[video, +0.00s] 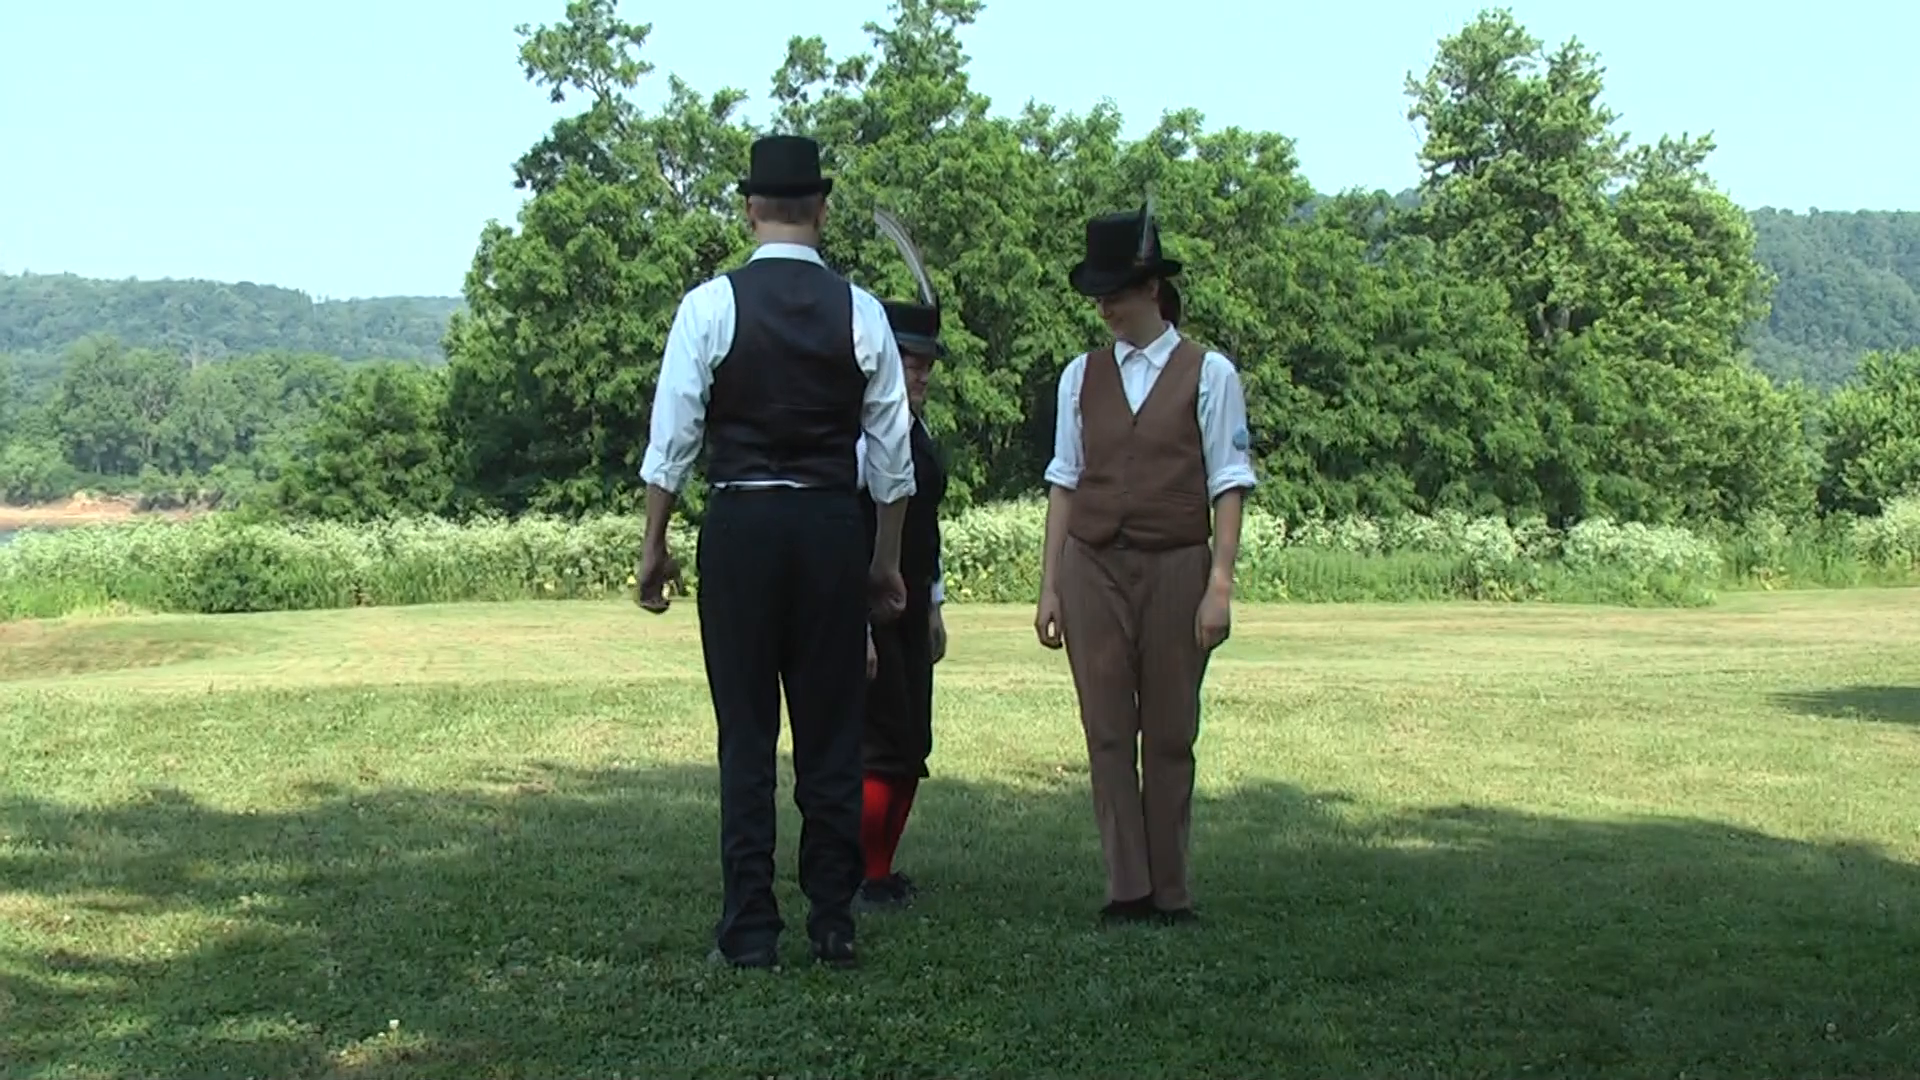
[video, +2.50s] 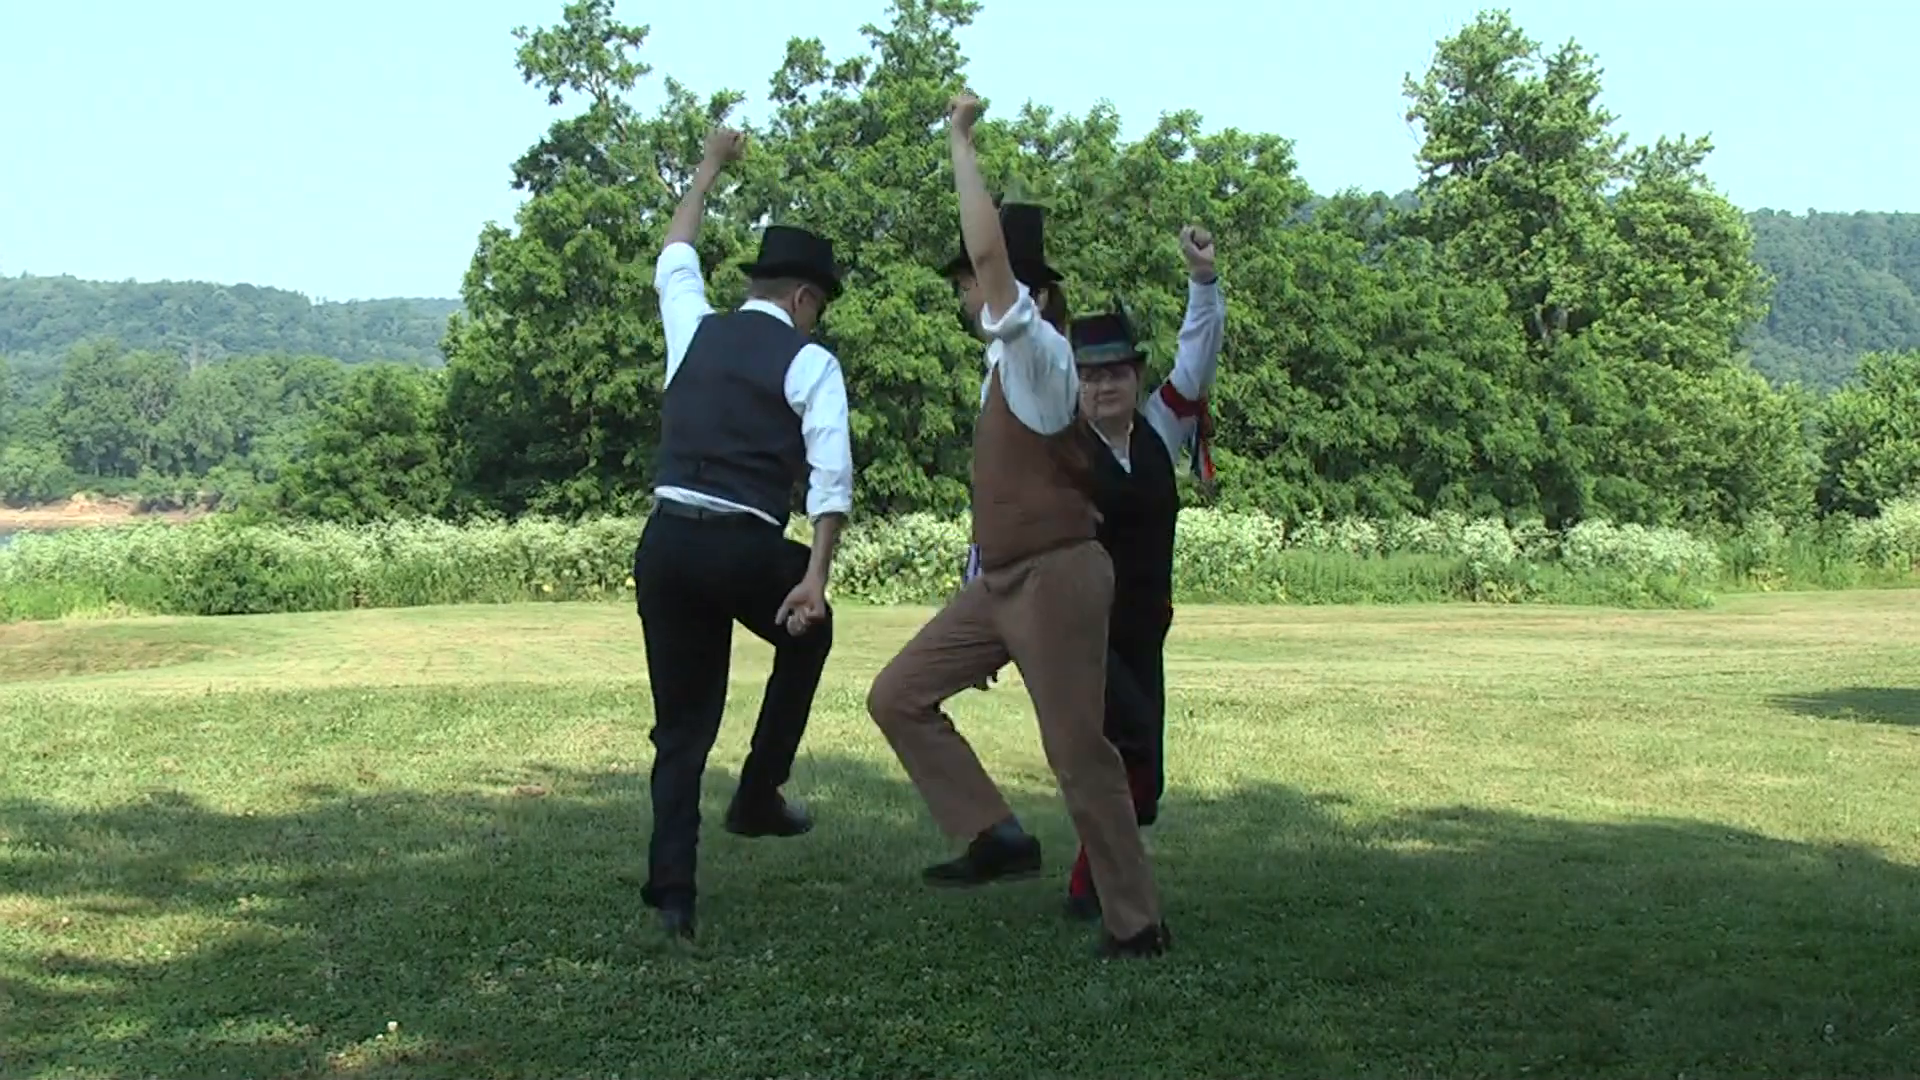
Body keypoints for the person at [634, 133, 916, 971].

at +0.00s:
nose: (797, 215)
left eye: (755, 204)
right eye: (813, 204)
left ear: (749, 210)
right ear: (822, 209)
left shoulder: (710, 304)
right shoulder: (863, 311)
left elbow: (674, 428)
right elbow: (893, 443)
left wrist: (654, 541)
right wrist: (887, 556)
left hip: (739, 536)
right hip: (835, 534)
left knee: (745, 739)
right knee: (831, 736)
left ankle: (749, 930)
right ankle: (834, 926)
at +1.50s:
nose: (765, 230)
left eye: (753, 220)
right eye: (807, 220)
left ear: (748, 224)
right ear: (823, 225)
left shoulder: (714, 308)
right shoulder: (863, 318)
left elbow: (664, 415)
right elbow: (895, 457)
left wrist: (598, 507)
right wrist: (885, 562)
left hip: (740, 527)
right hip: (836, 533)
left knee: (718, 711)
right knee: (830, 720)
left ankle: (736, 899)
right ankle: (831, 920)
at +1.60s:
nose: (747, 228)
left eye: (743, 218)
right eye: (809, 219)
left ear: (740, 222)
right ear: (813, 224)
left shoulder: (712, 299)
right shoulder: (854, 314)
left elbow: (636, 389)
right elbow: (896, 449)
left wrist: (551, 424)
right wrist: (880, 550)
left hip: (737, 520)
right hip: (830, 526)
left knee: (705, 689)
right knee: (830, 714)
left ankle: (722, 866)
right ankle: (834, 918)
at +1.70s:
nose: (787, 231)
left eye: (741, 222)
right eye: (796, 221)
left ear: (728, 226)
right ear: (799, 226)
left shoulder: (699, 301)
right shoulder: (840, 314)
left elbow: (591, 348)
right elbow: (883, 442)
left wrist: (529, 338)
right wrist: (871, 547)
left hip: (724, 521)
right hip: (815, 526)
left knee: (695, 694)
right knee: (819, 719)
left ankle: (707, 872)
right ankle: (832, 920)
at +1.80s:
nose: (750, 247)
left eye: (722, 237)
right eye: (770, 237)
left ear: (707, 242)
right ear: (777, 243)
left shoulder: (671, 315)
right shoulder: (819, 325)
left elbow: (549, 309)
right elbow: (867, 450)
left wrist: (522, 257)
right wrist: (869, 561)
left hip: (708, 533)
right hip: (800, 538)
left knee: (706, 714)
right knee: (792, 722)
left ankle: (694, 916)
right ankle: (828, 907)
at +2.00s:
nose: (761, 244)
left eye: (752, 234)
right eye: (761, 234)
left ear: (689, 241)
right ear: (751, 239)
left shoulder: (651, 308)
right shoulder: (789, 321)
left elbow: (599, 232)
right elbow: (836, 433)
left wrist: (579, 152)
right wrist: (852, 536)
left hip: (684, 529)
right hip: (775, 528)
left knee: (692, 722)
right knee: (773, 628)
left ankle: (697, 917)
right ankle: (771, 784)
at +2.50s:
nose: (819, 316)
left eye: (818, 303)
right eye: (819, 302)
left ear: (753, 285)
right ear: (802, 297)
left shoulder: (694, 328)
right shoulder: (811, 361)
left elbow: (676, 250)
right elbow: (830, 473)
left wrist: (710, 164)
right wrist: (816, 570)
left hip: (665, 541)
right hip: (745, 548)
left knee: (681, 724)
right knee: (809, 631)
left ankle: (672, 897)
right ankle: (758, 797)